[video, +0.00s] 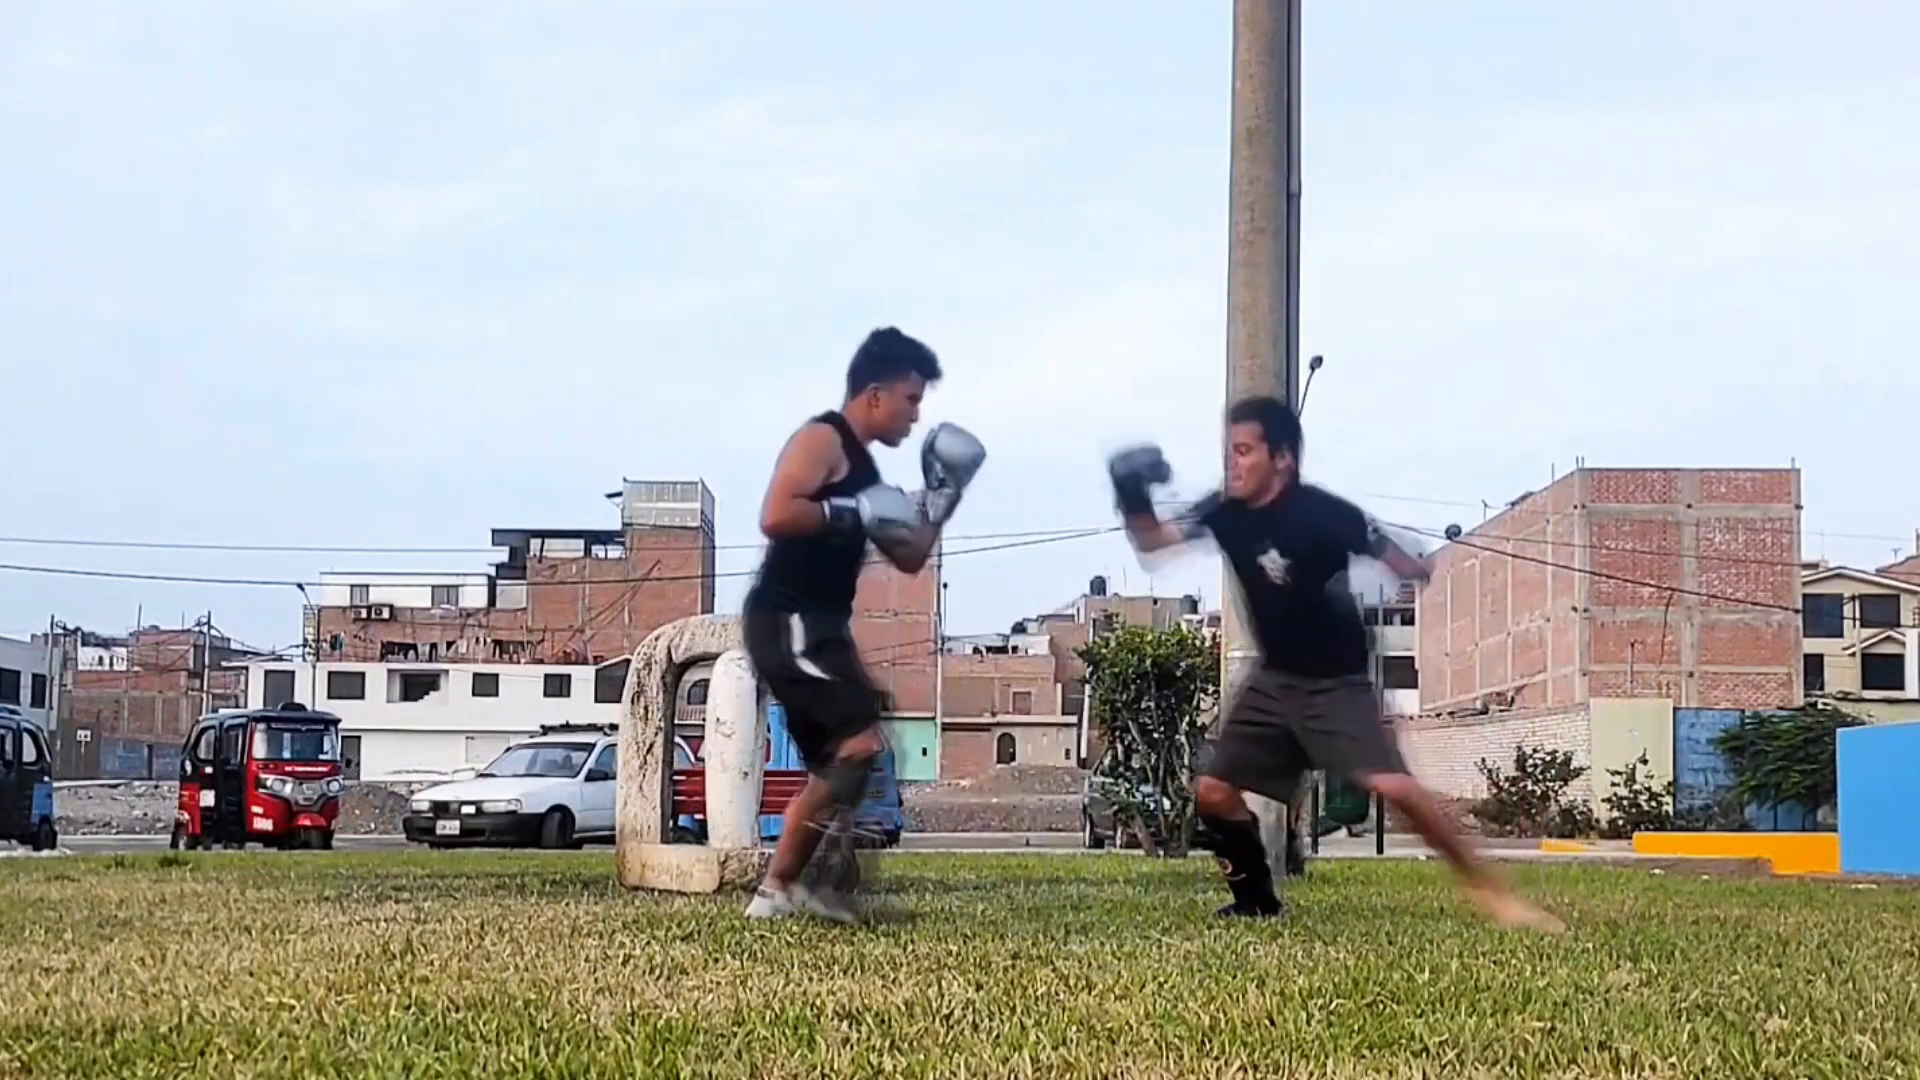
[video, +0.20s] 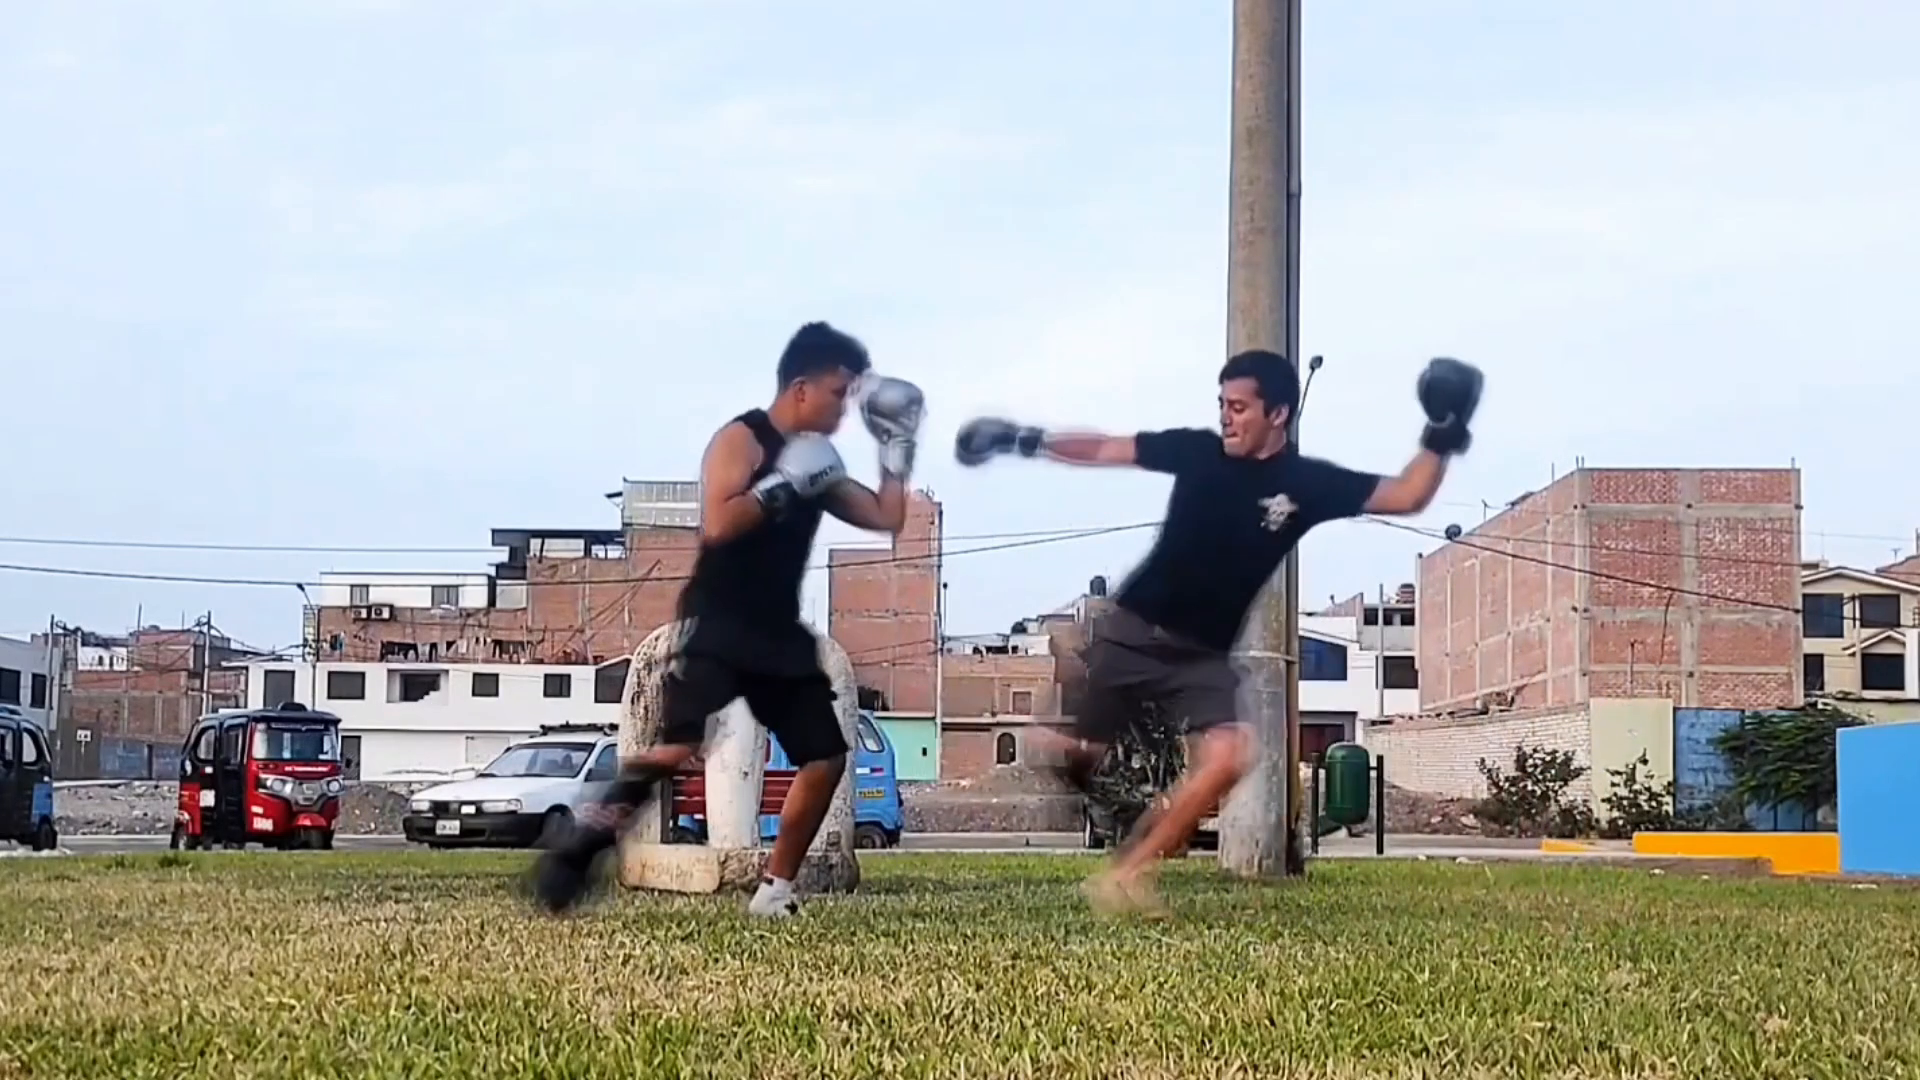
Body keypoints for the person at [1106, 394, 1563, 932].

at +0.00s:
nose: (1233, 463)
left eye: (1245, 451)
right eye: (1230, 452)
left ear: (1284, 458)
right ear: (1229, 457)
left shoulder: (1324, 513)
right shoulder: (1222, 512)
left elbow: (1386, 550)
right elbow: (1150, 542)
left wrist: (1415, 570)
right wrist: (1131, 496)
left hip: (1338, 683)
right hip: (1272, 679)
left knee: (1389, 784)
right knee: (1214, 791)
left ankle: (1485, 884)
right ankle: (1257, 901)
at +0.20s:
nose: (1227, 416)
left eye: (1240, 407)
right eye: (1223, 405)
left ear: (1280, 417)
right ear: (1220, 407)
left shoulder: (1309, 484)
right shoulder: (1195, 450)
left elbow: (1407, 495)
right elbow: (1103, 448)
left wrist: (1441, 435)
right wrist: (1024, 440)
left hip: (1202, 657)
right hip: (1129, 633)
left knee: (1228, 756)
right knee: (1087, 756)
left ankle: (1124, 876)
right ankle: (1054, 751)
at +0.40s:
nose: (1189, 468)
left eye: (1206, 461)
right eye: (1190, 455)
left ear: (1239, 478)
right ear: (1186, 455)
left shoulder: (1246, 551)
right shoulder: (1149, 493)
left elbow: (1327, 570)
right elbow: (1090, 540)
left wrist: (1332, 499)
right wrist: (1034, 572)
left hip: (1109, 690)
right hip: (1040, 639)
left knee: (1156, 791)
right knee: (905, 683)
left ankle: (1062, 907)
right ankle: (768, 713)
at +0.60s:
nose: (1121, 424)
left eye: (1137, 417)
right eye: (1123, 413)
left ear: (1172, 440)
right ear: (1119, 419)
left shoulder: (1182, 531)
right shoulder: (1090, 473)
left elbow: (1160, 624)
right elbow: (1033, 529)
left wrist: (1141, 588)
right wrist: (958, 548)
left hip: (1083, 670)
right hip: (1004, 636)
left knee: (1125, 777)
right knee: (901, 720)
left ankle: (1058, 906)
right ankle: (852, 837)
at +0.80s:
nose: (1050, 403)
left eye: (1066, 396)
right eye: (1055, 394)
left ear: (1100, 419)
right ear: (1078, 416)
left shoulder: (1121, 499)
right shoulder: (1029, 480)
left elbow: (1101, 588)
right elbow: (981, 555)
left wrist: (1063, 521)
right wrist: (933, 512)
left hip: (1066, 669)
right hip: (988, 662)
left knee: (1097, 779)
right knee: (909, 767)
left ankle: (1116, 887)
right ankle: (898, 901)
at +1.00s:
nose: (1069, 376)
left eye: (1081, 365)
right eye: (1071, 366)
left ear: (1119, 377)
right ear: (1108, 378)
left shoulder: (1155, 447)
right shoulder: (1071, 463)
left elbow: (1116, 507)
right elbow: (1027, 538)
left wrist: (1087, 429)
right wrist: (1010, 468)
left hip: (1111, 642)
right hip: (1045, 639)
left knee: (1124, 781)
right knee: (979, 763)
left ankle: (1177, 907)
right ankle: (910, 892)